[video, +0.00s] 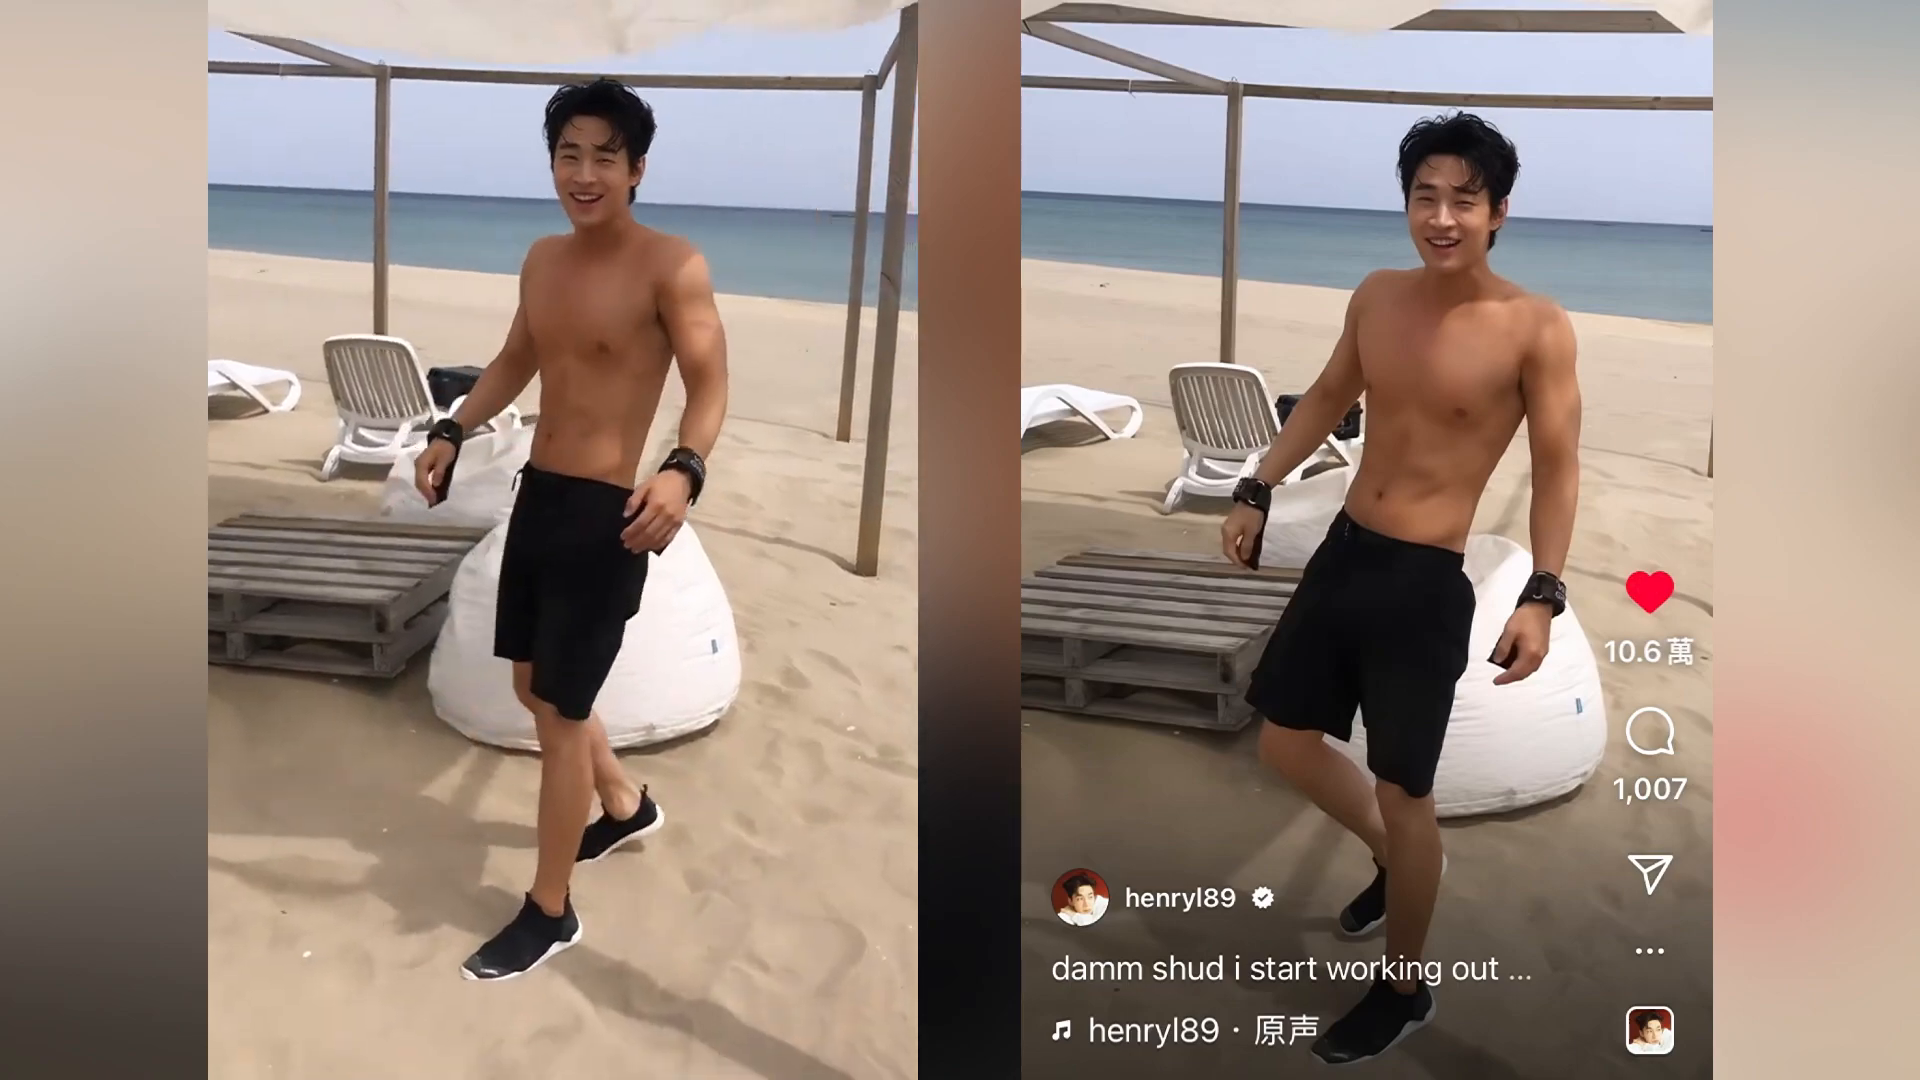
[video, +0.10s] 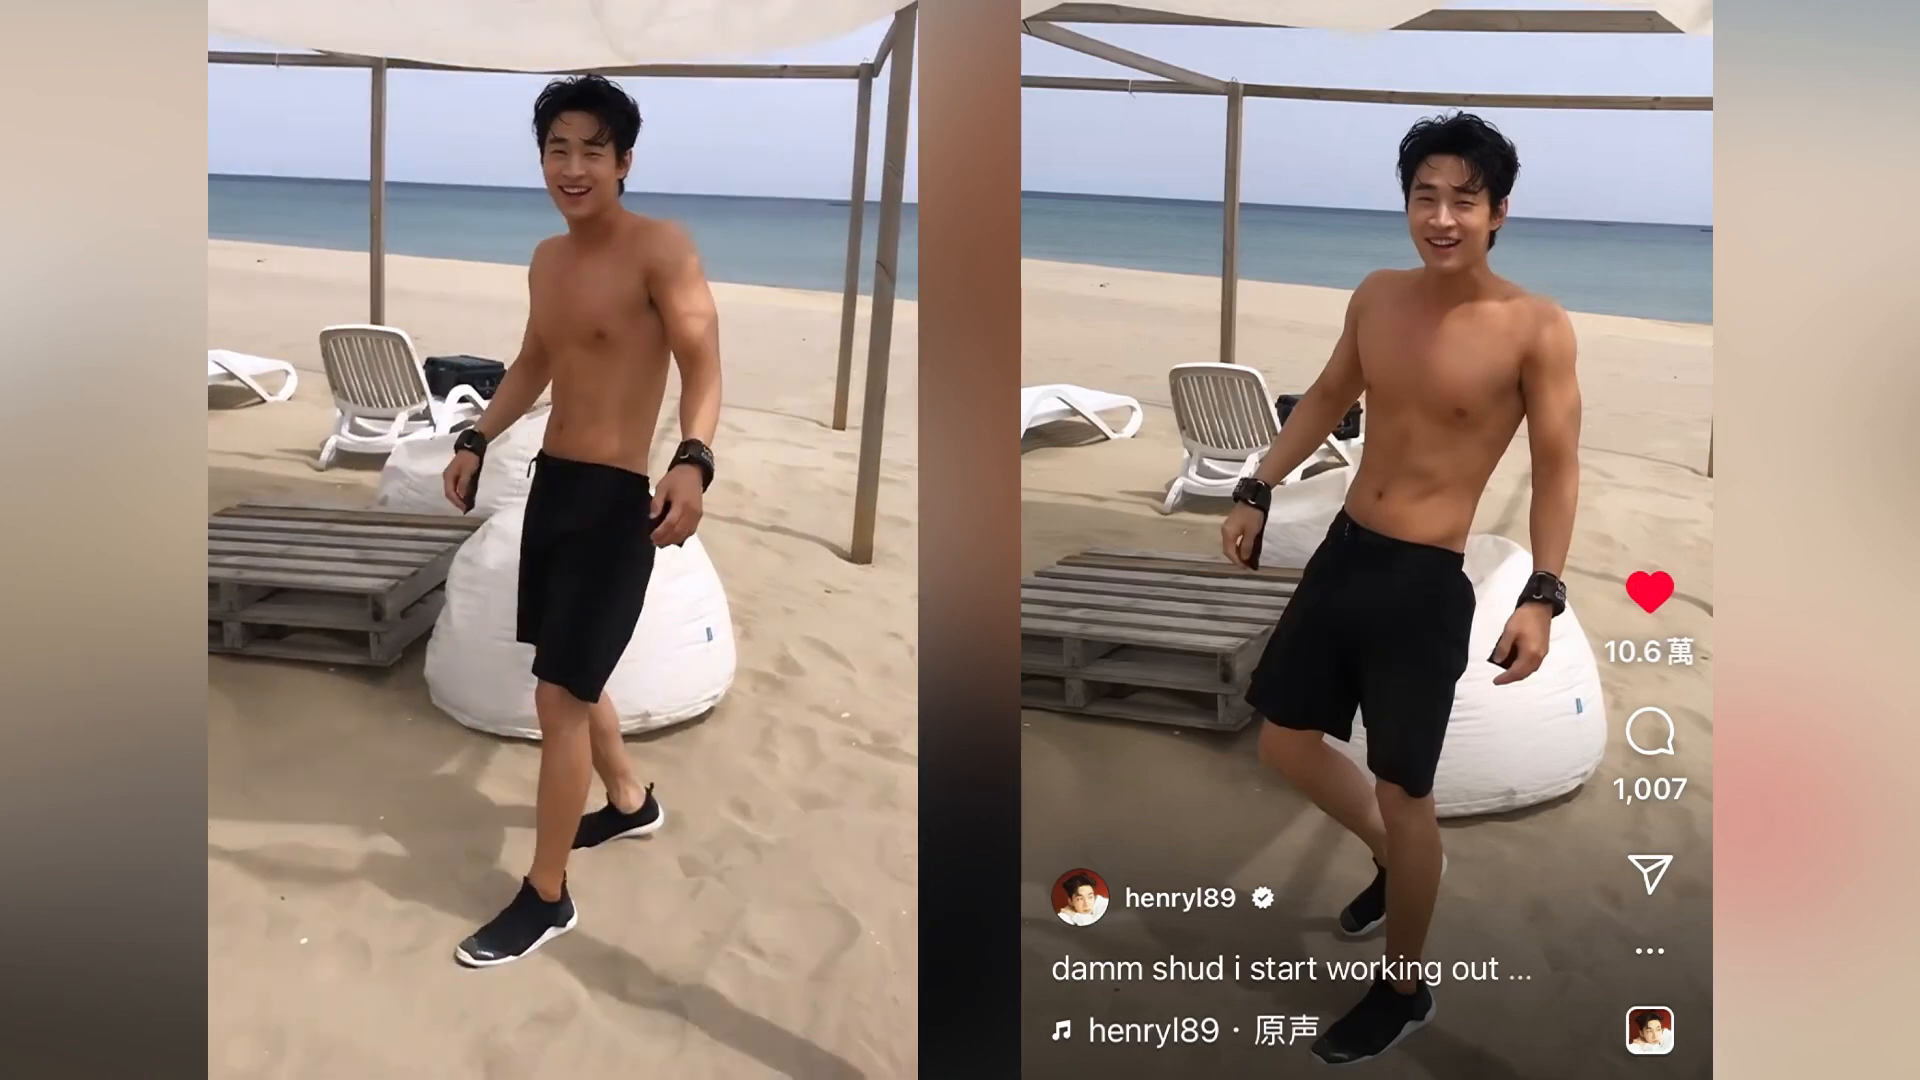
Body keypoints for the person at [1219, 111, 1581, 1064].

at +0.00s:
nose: (1440, 216)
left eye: (1462, 199)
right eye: (1425, 197)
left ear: (1498, 211)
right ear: (1406, 207)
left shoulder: (1535, 328)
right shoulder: (1378, 296)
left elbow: (1556, 468)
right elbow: (1330, 398)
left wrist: (1541, 595)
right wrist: (1256, 484)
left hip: (1427, 579)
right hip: (1345, 553)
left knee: (1402, 799)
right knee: (1284, 741)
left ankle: (1402, 981)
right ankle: (1398, 848)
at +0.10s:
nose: (1440, 216)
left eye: (1461, 198)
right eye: (1424, 197)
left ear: (1498, 210)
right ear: (1406, 208)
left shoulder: (1535, 328)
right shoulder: (1379, 296)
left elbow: (1556, 468)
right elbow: (1330, 398)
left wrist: (1541, 595)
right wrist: (1256, 484)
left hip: (1426, 579)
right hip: (1345, 554)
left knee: (1402, 799)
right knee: (1284, 742)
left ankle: (1402, 981)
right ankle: (1398, 848)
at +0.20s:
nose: (1440, 216)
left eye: (1461, 198)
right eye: (1424, 197)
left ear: (1498, 210)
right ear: (1406, 208)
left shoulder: (1535, 328)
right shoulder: (1379, 296)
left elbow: (1556, 468)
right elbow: (1330, 398)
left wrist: (1541, 595)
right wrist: (1256, 484)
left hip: (1426, 579)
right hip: (1345, 554)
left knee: (1402, 799)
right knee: (1284, 742)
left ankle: (1402, 981)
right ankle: (1398, 848)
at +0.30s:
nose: (1440, 216)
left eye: (1462, 199)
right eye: (1425, 197)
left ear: (1498, 211)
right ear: (1406, 207)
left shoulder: (1535, 328)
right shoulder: (1378, 296)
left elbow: (1556, 468)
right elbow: (1330, 398)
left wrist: (1541, 595)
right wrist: (1256, 484)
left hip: (1427, 579)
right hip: (1345, 553)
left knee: (1402, 799)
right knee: (1284, 741)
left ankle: (1402, 981)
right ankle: (1398, 848)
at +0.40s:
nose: (1440, 216)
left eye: (1461, 198)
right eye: (1424, 197)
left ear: (1498, 210)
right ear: (1406, 208)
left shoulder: (1535, 328)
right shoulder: (1379, 296)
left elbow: (1556, 469)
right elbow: (1330, 398)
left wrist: (1540, 595)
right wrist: (1256, 484)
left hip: (1427, 579)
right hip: (1345, 553)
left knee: (1402, 799)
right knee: (1284, 742)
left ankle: (1403, 981)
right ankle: (1398, 846)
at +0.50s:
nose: (1440, 216)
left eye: (1461, 198)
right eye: (1424, 197)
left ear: (1498, 210)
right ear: (1406, 208)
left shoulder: (1535, 328)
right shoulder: (1379, 296)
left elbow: (1556, 469)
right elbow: (1330, 398)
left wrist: (1540, 595)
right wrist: (1256, 484)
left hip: (1427, 579)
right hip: (1345, 553)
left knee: (1402, 799)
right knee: (1284, 742)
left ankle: (1403, 981)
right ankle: (1398, 846)